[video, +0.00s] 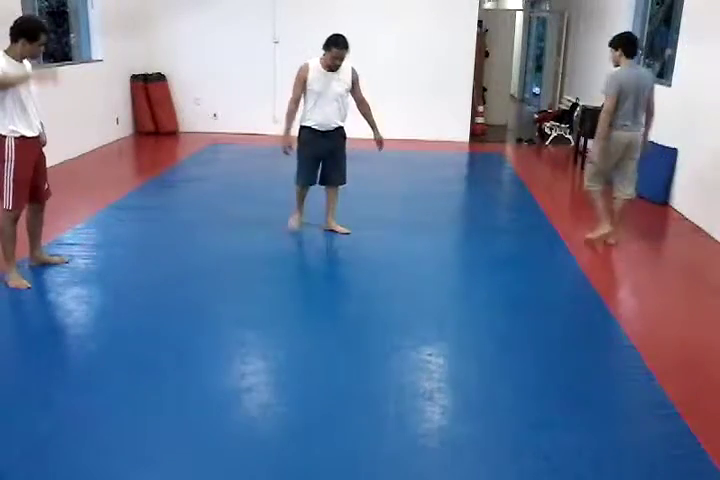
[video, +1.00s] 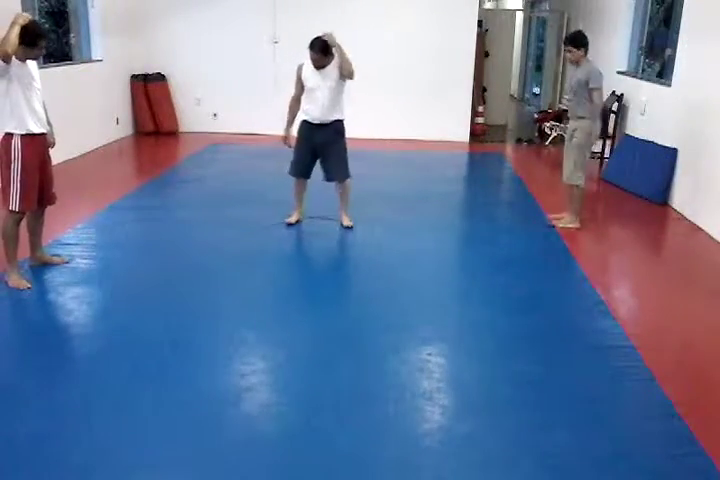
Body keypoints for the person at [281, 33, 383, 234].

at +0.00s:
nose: (339, 62)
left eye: (342, 58)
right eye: (335, 58)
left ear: (346, 56)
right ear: (325, 52)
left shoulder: (349, 73)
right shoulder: (307, 70)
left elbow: (361, 102)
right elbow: (294, 101)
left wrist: (375, 131)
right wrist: (287, 133)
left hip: (336, 134)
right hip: (309, 132)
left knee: (334, 181)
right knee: (304, 180)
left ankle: (330, 220)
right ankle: (298, 213)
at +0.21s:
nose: (323, 62)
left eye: (327, 58)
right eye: (319, 57)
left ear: (332, 54)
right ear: (311, 53)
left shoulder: (340, 73)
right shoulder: (297, 70)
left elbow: (351, 103)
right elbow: (287, 100)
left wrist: (363, 132)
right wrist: (279, 132)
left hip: (330, 133)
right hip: (303, 132)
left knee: (333, 179)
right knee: (297, 176)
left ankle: (330, 220)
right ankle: (296, 212)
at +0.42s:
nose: (305, 63)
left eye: (309, 59)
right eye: (301, 59)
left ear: (317, 55)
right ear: (296, 55)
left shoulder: (329, 72)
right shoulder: (288, 70)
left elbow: (336, 103)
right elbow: (283, 101)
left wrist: (336, 130)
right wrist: (280, 131)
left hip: (323, 129)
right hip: (298, 129)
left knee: (331, 176)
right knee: (295, 175)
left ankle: (333, 218)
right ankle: (296, 212)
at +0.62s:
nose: (301, 61)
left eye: (305, 57)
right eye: (297, 57)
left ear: (313, 51)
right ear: (293, 53)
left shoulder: (327, 69)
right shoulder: (288, 69)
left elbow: (337, 100)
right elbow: (284, 99)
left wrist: (325, 123)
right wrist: (281, 129)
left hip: (322, 126)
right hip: (298, 127)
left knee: (333, 174)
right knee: (295, 173)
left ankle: (342, 213)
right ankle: (296, 211)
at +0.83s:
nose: (306, 62)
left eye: (310, 58)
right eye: (304, 57)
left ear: (320, 54)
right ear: (300, 54)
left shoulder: (332, 66)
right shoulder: (295, 70)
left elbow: (343, 94)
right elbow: (289, 99)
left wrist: (332, 76)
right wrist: (282, 128)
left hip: (327, 126)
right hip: (302, 126)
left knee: (336, 175)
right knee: (296, 173)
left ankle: (344, 213)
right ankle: (297, 211)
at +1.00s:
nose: (314, 62)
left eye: (317, 59)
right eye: (312, 58)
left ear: (328, 56)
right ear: (309, 54)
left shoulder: (338, 68)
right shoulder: (303, 69)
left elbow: (348, 74)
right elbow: (296, 98)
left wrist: (337, 46)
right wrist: (288, 128)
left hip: (333, 127)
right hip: (308, 126)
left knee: (341, 176)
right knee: (300, 173)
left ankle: (344, 213)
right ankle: (297, 211)